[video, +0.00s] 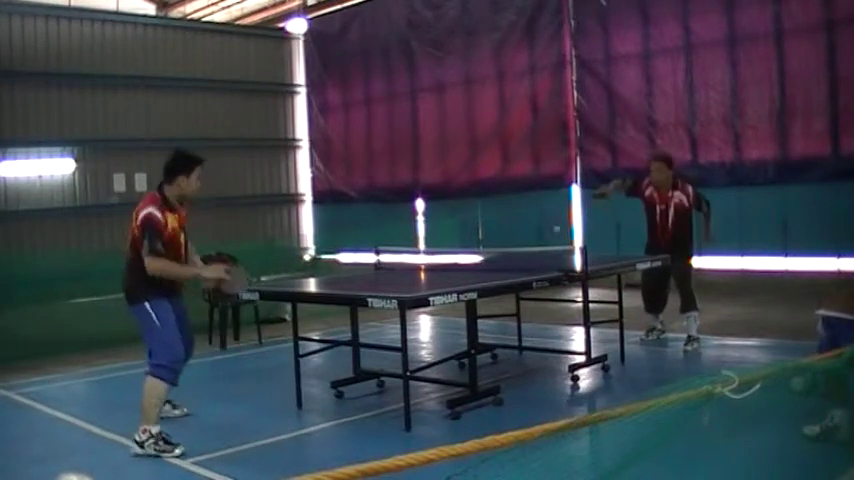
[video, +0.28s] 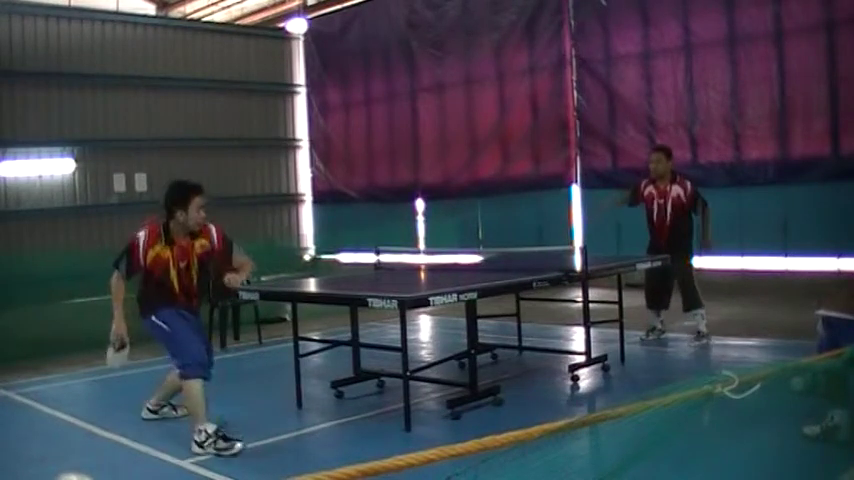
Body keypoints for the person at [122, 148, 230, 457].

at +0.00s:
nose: (199, 184)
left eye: (198, 178)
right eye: (195, 178)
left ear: (178, 179)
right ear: (179, 179)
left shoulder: (176, 209)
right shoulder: (151, 213)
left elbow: (183, 246)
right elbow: (152, 264)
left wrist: (204, 266)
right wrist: (199, 272)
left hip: (168, 290)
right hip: (147, 293)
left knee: (184, 346)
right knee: (168, 353)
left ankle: (159, 401)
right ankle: (147, 432)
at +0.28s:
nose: (204, 215)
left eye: (204, 208)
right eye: (198, 209)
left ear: (183, 212)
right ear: (178, 213)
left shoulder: (209, 235)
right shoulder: (148, 238)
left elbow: (246, 263)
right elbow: (119, 276)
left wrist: (239, 275)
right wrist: (118, 320)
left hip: (189, 309)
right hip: (159, 309)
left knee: (199, 362)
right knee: (193, 359)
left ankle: (156, 405)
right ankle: (202, 433)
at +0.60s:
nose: (225, 216)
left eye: (226, 210)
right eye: (219, 211)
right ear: (199, 214)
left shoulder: (209, 221)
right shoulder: (187, 246)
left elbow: (232, 211)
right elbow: (193, 292)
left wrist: (262, 222)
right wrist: (233, 295)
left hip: (199, 306)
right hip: (179, 313)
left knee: (215, 345)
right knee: (229, 354)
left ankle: (179, 390)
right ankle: (210, 432)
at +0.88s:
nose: (228, 206)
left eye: (228, 201)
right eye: (226, 200)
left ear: (200, 194)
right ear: (211, 196)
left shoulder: (174, 223)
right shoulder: (207, 221)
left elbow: (161, 260)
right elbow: (253, 191)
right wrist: (237, 150)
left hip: (176, 317)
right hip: (199, 318)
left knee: (209, 348)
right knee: (250, 365)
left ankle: (195, 408)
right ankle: (214, 433)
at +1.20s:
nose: (210, 161)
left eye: (211, 155)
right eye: (204, 156)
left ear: (190, 160)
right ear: (185, 159)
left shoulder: (182, 182)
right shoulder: (184, 184)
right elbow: (227, 201)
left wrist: (221, 231)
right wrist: (252, 172)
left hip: (186, 276)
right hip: (175, 278)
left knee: (200, 344)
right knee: (197, 346)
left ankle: (197, 412)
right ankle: (196, 427)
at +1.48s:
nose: (169, 153)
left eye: (173, 146)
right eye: (161, 149)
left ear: (183, 148)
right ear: (152, 154)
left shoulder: (188, 187)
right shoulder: (144, 186)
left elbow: (186, 230)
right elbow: (141, 233)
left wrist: (207, 233)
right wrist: (189, 222)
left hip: (185, 282)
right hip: (153, 284)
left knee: (190, 347)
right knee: (160, 353)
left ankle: (193, 408)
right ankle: (162, 421)